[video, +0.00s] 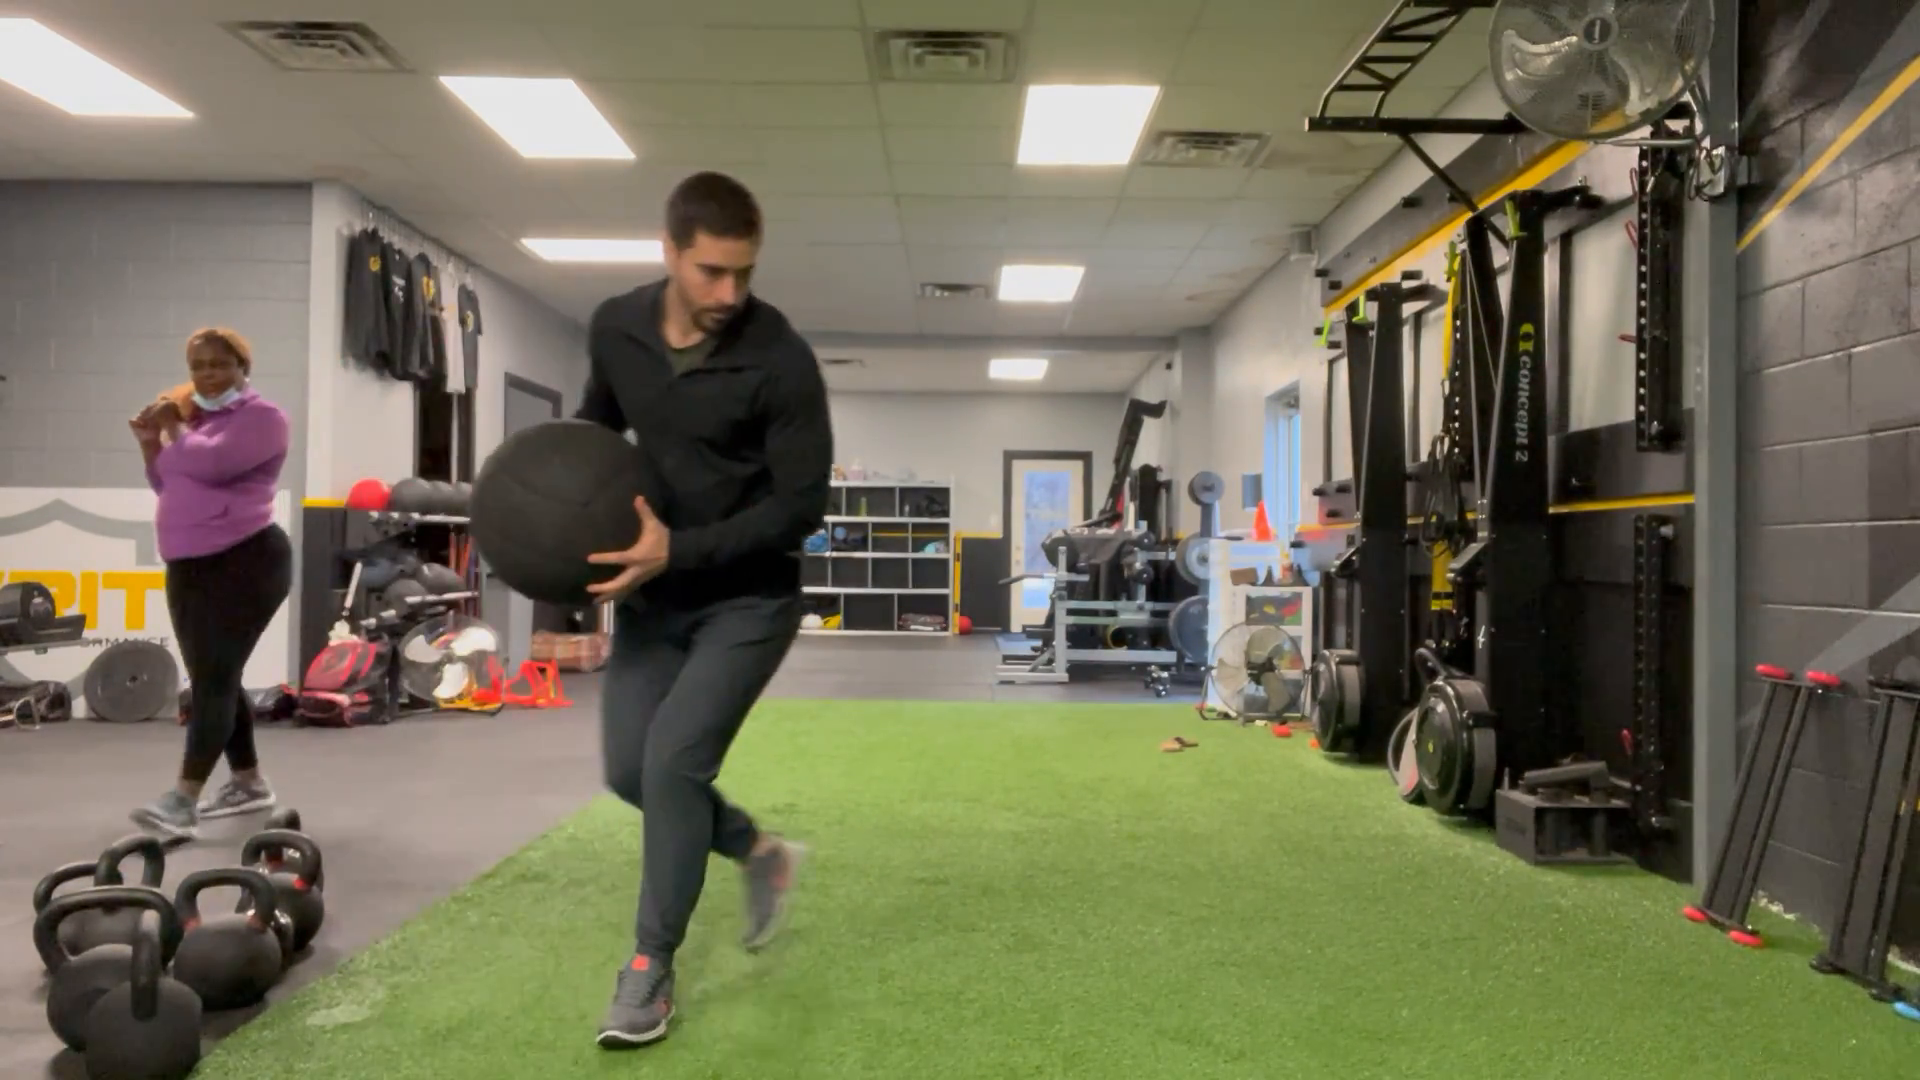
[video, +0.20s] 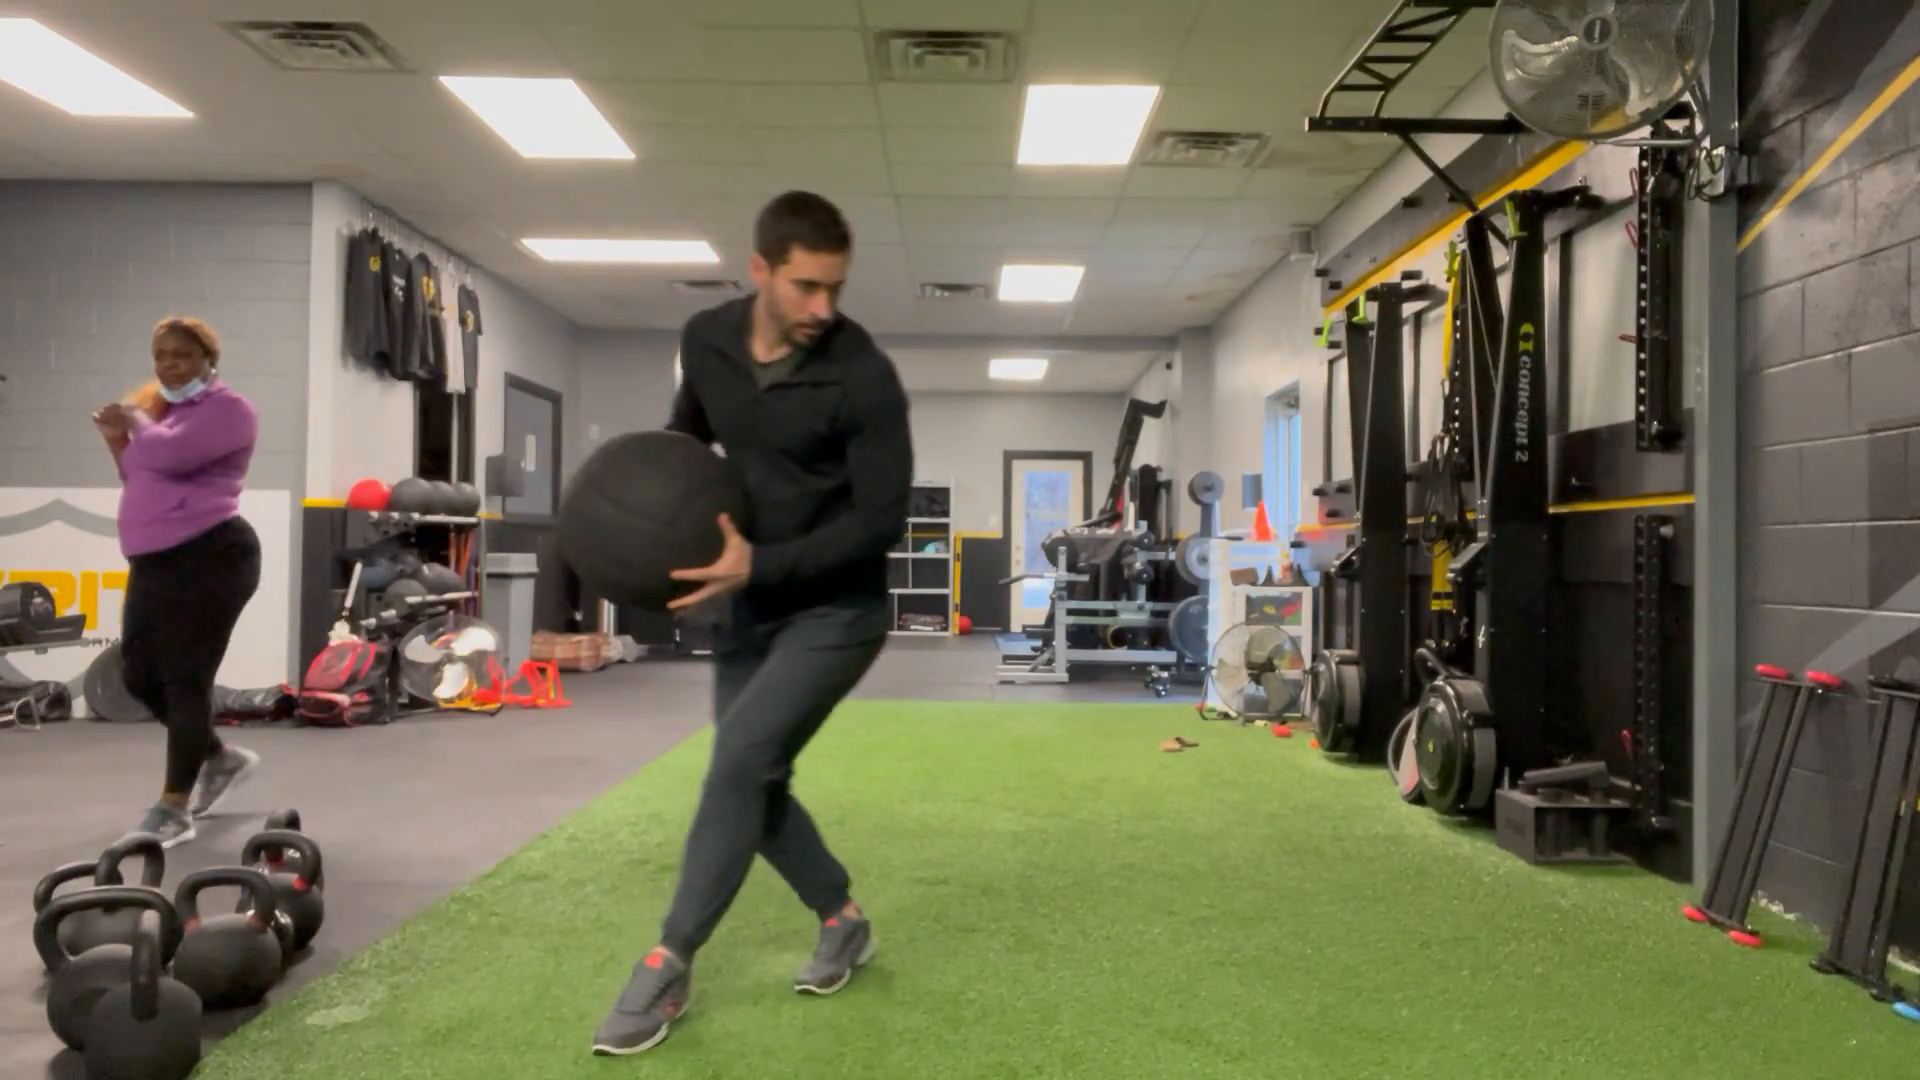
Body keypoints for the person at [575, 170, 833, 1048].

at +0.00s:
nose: (729, 293)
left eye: (743, 273)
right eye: (712, 272)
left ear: (757, 261)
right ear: (670, 254)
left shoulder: (779, 357)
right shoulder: (620, 328)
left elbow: (800, 503)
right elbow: (596, 432)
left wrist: (681, 548)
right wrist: (565, 513)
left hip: (751, 596)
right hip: (655, 593)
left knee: (674, 763)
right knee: (629, 771)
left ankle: (649, 966)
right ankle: (760, 851)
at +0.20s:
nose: (824, 307)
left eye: (835, 288)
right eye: (808, 287)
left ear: (845, 278)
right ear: (759, 269)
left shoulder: (863, 376)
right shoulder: (710, 338)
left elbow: (882, 518)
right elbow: (688, 443)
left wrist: (761, 564)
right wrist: (648, 525)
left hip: (839, 603)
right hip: (748, 603)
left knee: (743, 755)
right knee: (747, 778)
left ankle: (669, 961)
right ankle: (842, 916)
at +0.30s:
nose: (875, 313)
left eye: (886, 294)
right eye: (859, 293)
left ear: (894, 284)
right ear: (810, 276)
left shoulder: (909, 379)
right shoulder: (756, 344)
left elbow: (920, 529)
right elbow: (738, 439)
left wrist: (798, 574)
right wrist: (691, 519)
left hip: (891, 599)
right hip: (795, 600)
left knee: (804, 747)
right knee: (777, 776)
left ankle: (750, 946)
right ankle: (852, 924)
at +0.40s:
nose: (933, 317)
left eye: (943, 299)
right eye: (918, 298)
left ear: (949, 291)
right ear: (867, 279)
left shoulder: (960, 390)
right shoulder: (810, 343)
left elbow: (950, 538)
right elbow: (784, 428)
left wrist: (828, 575)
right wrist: (733, 500)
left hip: (936, 595)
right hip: (840, 595)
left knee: (900, 745)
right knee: (802, 771)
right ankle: (853, 922)